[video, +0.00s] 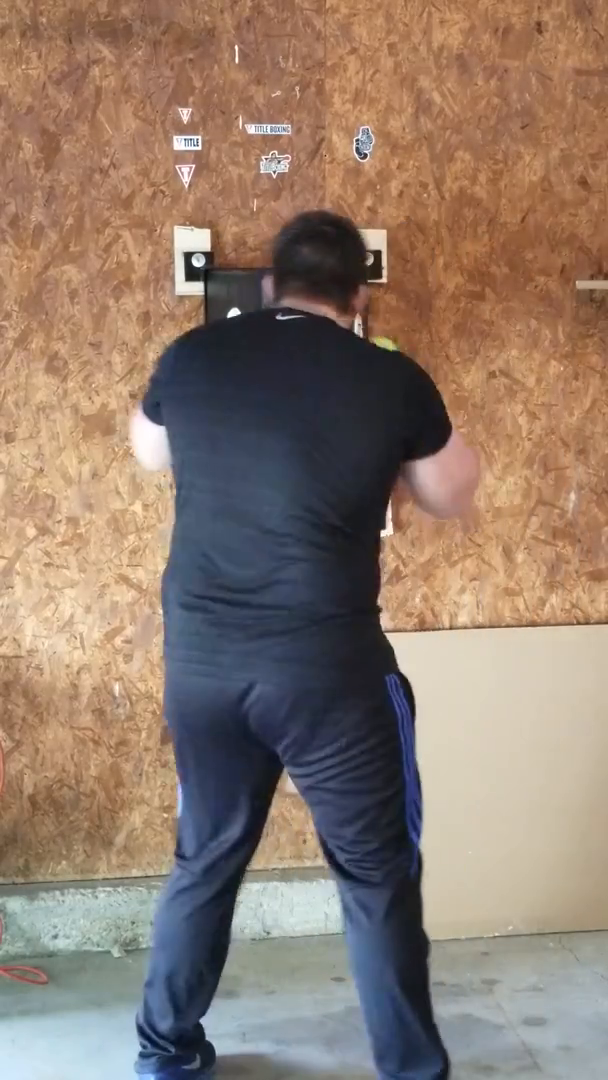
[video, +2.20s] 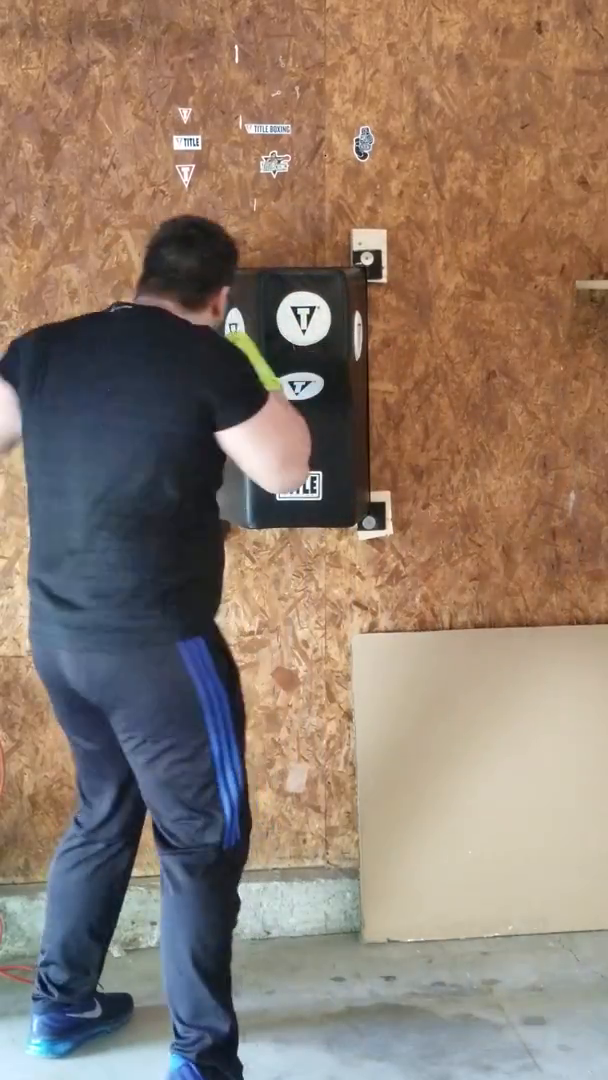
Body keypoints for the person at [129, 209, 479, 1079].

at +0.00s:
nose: (360, 309)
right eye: (361, 296)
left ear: (267, 285)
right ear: (358, 298)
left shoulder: (192, 355)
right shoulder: (389, 378)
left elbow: (150, 452)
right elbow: (450, 496)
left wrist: (245, 427)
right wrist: (375, 461)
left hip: (199, 668)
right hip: (324, 668)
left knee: (203, 858)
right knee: (375, 873)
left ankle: (165, 1051)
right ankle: (412, 1065)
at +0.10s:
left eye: (242, 280)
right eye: (308, 282)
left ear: (230, 284)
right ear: (321, 286)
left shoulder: (173, 352)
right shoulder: (377, 355)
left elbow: (121, 448)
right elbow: (433, 419)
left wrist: (209, 419)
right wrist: (348, 341)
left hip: (201, 659)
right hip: (326, 659)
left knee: (192, 862)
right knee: (346, 874)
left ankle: (164, 1052)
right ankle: (355, 1065)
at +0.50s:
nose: (360, 306)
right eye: (360, 293)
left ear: (259, 291)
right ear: (350, 300)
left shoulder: (183, 363)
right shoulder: (390, 383)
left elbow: (123, 464)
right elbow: (425, 509)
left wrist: (211, 425)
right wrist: (347, 458)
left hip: (197, 678)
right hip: (320, 685)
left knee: (190, 842)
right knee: (320, 903)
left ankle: (147, 1037)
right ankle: (326, 1069)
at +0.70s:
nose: (340, 296)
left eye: (336, 282)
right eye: (339, 283)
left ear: (238, 279)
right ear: (323, 291)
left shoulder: (176, 349)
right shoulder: (324, 380)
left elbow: (224, 459)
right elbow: (396, 503)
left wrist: (343, 487)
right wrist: (376, 423)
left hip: (154, 672)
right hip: (268, 681)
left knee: (173, 845)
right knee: (329, 890)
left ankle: (108, 1042)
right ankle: (326, 1069)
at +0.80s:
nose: (304, 299)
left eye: (304, 287)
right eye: (303, 287)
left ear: (206, 281)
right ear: (293, 293)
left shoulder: (140, 354)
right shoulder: (294, 387)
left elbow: (201, 449)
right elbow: (369, 513)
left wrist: (288, 379)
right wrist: (357, 415)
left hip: (133, 673)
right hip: (249, 678)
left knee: (155, 848)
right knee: (328, 869)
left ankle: (103, 1043)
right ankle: (333, 1063)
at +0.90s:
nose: (260, 290)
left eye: (248, 276)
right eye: (259, 279)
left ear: (165, 281)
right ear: (248, 284)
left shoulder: (95, 354)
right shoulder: (281, 362)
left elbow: (70, 454)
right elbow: (385, 464)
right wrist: (351, 389)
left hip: (118, 665)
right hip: (238, 662)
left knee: (128, 855)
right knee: (282, 867)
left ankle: (100, 1046)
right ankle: (312, 1063)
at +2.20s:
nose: (229, 310)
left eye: (228, 299)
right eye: (230, 299)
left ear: (140, 280)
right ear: (216, 296)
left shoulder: (44, 349)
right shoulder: (205, 361)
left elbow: (2, 425)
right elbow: (285, 467)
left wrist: (77, 394)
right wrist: (253, 377)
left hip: (58, 637)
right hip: (155, 640)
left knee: (104, 808)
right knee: (203, 838)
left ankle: (63, 1004)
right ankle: (204, 1048)